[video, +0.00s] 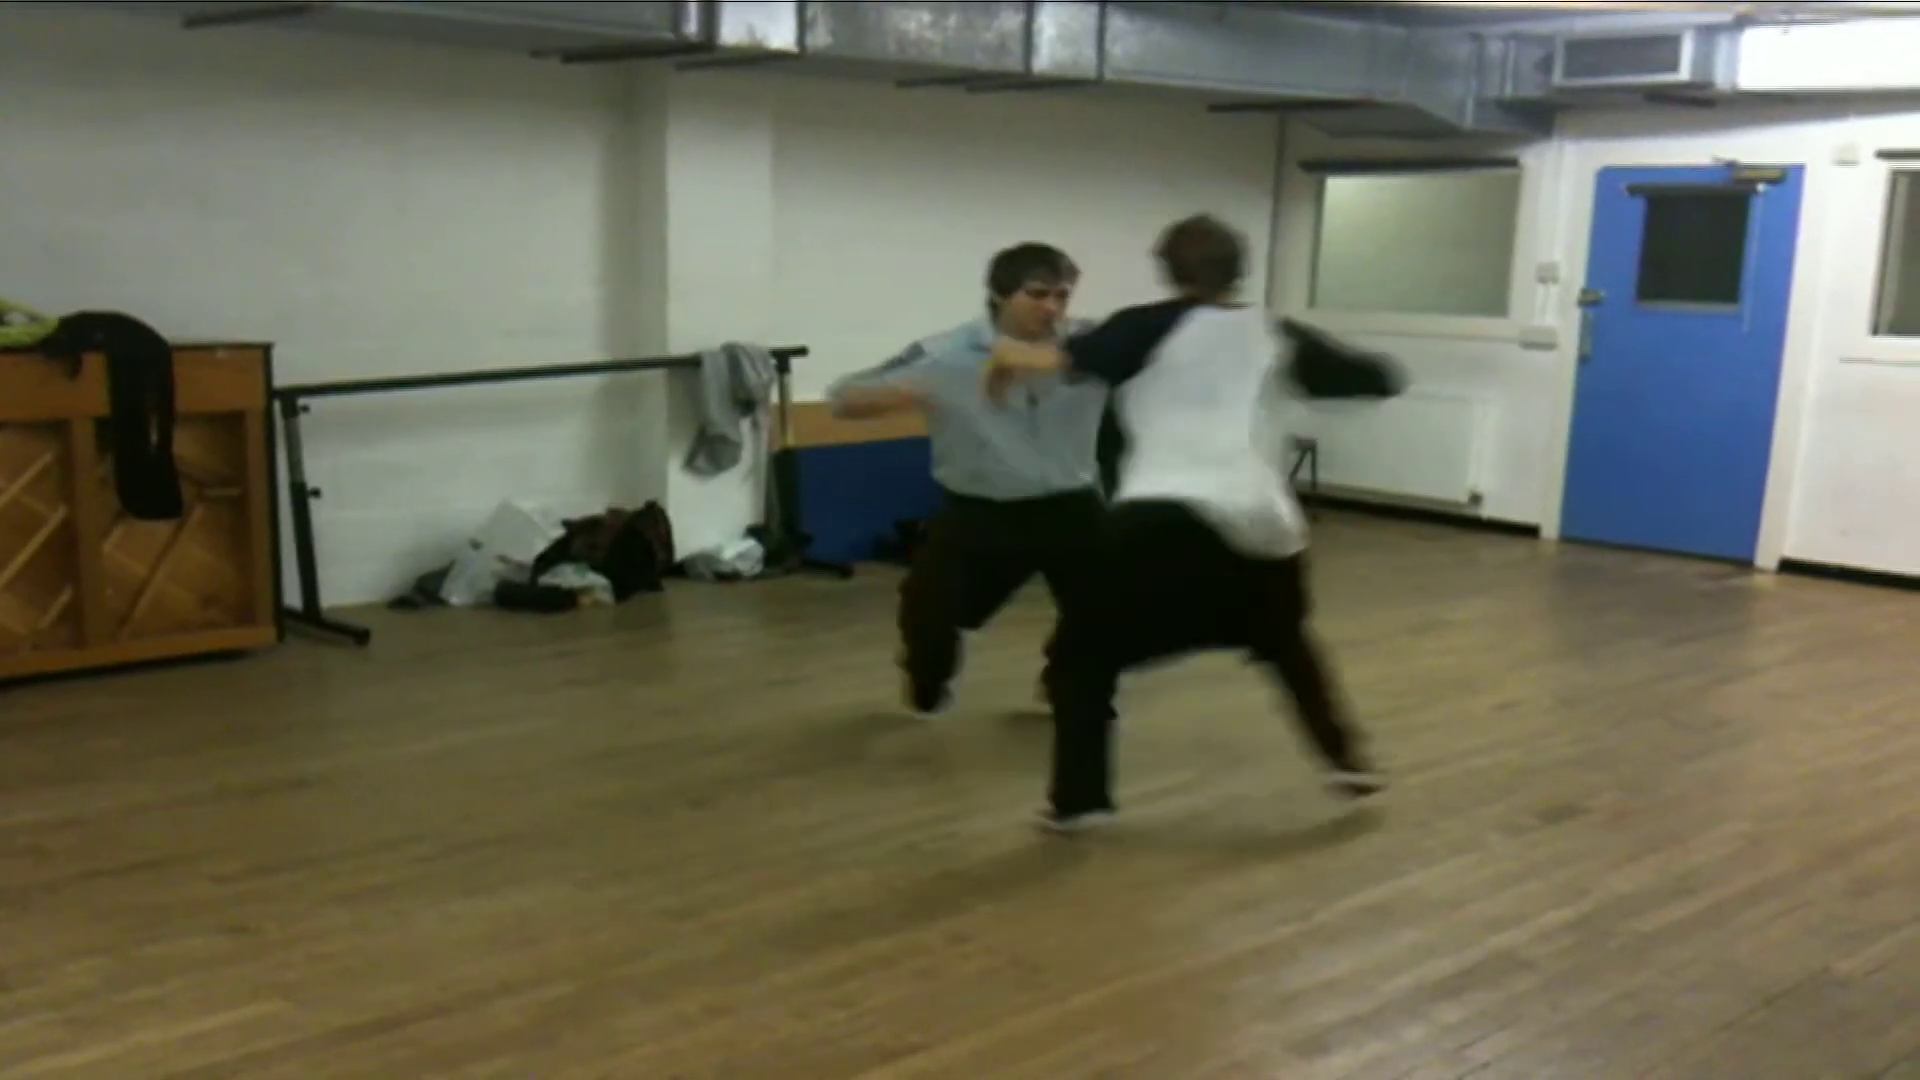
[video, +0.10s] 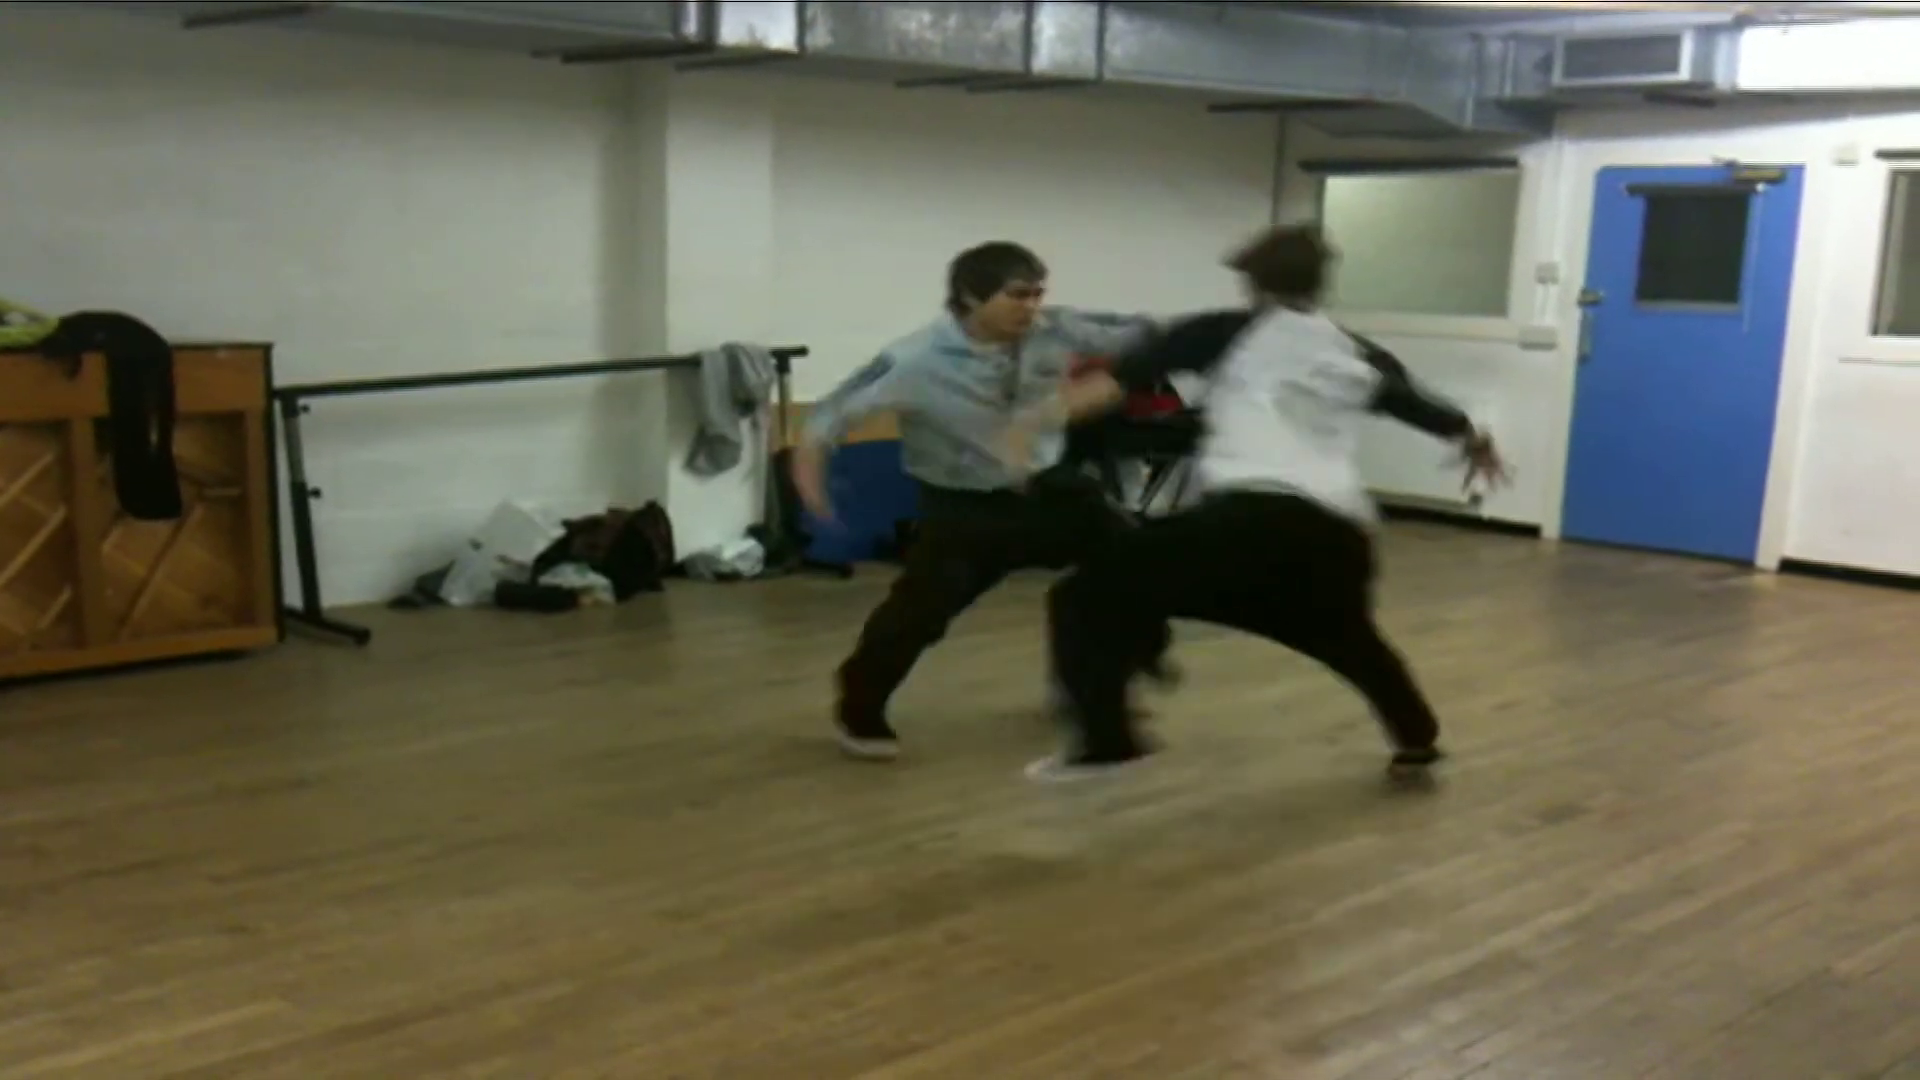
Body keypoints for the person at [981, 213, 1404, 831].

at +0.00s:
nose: (1169, 278)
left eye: (1171, 269)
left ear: (1170, 273)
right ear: (1236, 274)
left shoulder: (1145, 326)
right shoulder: (1273, 335)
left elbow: (1074, 359)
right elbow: (1376, 379)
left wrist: (1010, 362)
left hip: (1155, 534)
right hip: (1257, 540)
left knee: (1083, 654)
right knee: (1286, 642)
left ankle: (1079, 799)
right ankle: (1346, 761)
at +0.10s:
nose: (1244, 290)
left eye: (1248, 282)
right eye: (1247, 283)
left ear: (1259, 282)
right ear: (1318, 284)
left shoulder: (1234, 330)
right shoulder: (1357, 356)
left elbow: (1150, 355)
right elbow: (1414, 404)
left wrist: (1105, 379)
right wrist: (1468, 435)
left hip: (1237, 524)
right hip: (1335, 543)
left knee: (1089, 598)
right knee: (1352, 642)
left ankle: (1103, 742)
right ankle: (1417, 743)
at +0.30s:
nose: (1324, 351)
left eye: (1329, 341)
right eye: (1326, 341)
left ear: (1347, 342)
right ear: (1389, 348)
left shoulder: (1320, 385)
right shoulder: (1416, 394)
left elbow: (1304, 465)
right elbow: (1407, 478)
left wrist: (1263, 525)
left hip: (1374, 542)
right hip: (1451, 549)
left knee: (1215, 620)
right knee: (1375, 630)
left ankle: (1336, 724)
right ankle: (1431, 754)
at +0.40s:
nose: (1311, 336)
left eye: (1317, 325)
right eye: (1311, 324)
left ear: (1343, 324)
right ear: (1369, 323)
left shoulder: (1338, 380)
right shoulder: (1418, 368)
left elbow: (1366, 488)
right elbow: (1429, 468)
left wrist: (1331, 529)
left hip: (1408, 546)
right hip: (1471, 548)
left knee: (1284, 640)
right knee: (1400, 639)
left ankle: (1399, 752)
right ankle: (1437, 758)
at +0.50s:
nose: (1299, 317)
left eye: (1306, 305)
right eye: (1300, 305)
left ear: (1338, 309)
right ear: (1352, 305)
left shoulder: (1390, 373)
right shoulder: (1414, 349)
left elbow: (1398, 494)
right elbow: (1412, 484)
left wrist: (1354, 534)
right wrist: (1367, 529)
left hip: (1435, 542)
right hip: (1461, 537)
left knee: (1348, 650)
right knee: (1413, 649)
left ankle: (1429, 767)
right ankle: (1438, 761)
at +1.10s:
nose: (1318, 371)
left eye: (1326, 359)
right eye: (1321, 360)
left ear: (1355, 361)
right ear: (1369, 363)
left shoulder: (1368, 395)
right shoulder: (1411, 398)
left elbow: (1368, 486)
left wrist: (1391, 547)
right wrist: (1401, 545)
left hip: (1464, 551)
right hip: (1494, 551)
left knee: (1317, 661)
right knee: (1393, 647)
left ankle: (1372, 772)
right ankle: (1437, 757)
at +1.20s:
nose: (1343, 366)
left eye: (1350, 356)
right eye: (1345, 355)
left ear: (1373, 356)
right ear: (1413, 353)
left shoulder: (1357, 390)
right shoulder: (1465, 397)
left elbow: (1315, 468)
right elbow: (1537, 489)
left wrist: (1352, 534)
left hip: (1443, 543)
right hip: (1518, 546)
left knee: (1321, 649)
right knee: (1431, 635)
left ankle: (1374, 771)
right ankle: (1444, 758)